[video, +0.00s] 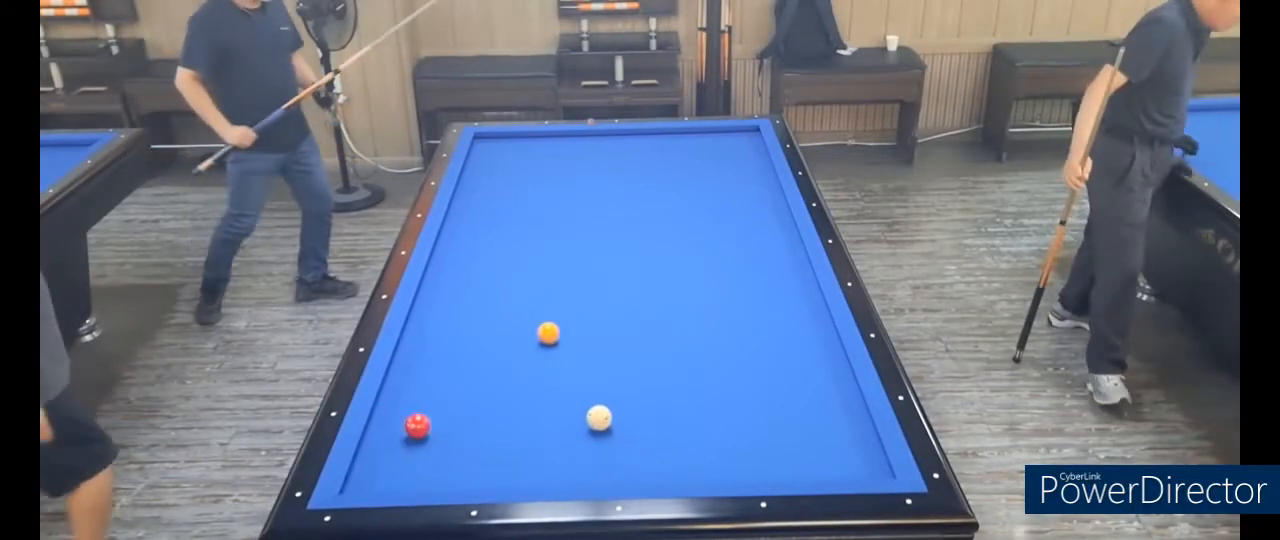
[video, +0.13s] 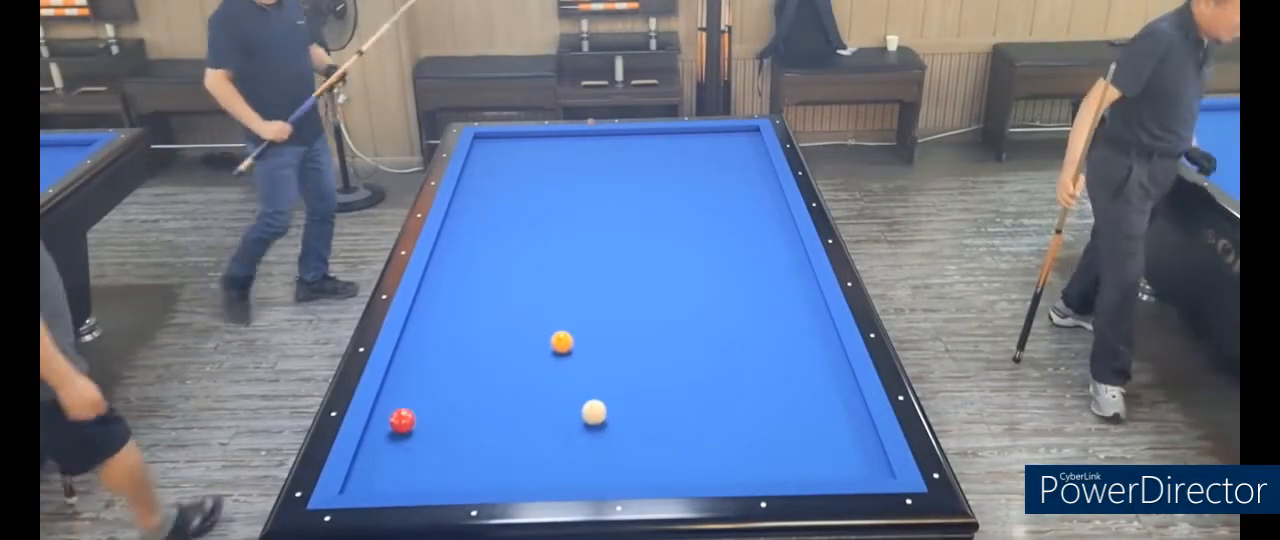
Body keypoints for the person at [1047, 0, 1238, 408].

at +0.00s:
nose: (1237, 15)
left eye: (1238, 8)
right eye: (1236, 6)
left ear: (1217, 4)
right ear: (1215, 1)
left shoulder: (1194, 28)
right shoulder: (1163, 26)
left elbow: (1154, 91)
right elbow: (1099, 87)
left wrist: (1164, 140)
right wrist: (1076, 156)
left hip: (1150, 155)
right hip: (1123, 155)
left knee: (1105, 237)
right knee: (1122, 266)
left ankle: (1071, 306)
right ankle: (1104, 367)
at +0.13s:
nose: (1239, 24)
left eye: (1241, 15)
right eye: (1237, 13)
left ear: (1212, 7)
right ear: (1208, 4)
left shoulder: (1202, 41)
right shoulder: (1158, 39)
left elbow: (1168, 101)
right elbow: (1095, 99)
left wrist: (1185, 144)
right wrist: (1068, 171)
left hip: (1159, 167)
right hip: (1122, 166)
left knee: (1111, 238)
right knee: (1124, 271)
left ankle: (1073, 304)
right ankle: (1108, 377)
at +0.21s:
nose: (1240, 29)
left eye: (1242, 20)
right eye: (1238, 17)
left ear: (1212, 9)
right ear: (1208, 6)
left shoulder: (1209, 49)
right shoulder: (1155, 43)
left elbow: (1197, 108)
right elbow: (1095, 105)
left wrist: (1204, 155)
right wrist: (1066, 174)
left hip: (1165, 173)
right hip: (1120, 167)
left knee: (1121, 243)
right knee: (1127, 273)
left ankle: (1076, 303)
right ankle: (1109, 381)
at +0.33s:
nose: (1240, 31)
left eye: (1242, 22)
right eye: (1235, 20)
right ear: (1205, 10)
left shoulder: (1229, 61)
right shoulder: (1151, 49)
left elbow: (1217, 118)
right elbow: (1096, 112)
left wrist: (1226, 174)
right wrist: (1066, 185)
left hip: (1179, 187)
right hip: (1124, 180)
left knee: (1172, 274)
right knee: (1121, 282)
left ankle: (1101, 299)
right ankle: (1107, 380)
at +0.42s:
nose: (1236, 40)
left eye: (1240, 32)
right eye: (1232, 27)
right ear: (1205, 13)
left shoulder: (1232, 64)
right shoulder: (1150, 51)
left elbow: (1227, 127)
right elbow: (1098, 114)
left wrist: (1234, 185)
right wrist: (1069, 190)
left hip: (1187, 192)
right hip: (1127, 186)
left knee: (1173, 281)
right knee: (1118, 289)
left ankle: (1109, 313)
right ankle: (1107, 380)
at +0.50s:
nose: (1237, 49)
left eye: (1241, 41)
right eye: (1233, 38)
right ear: (1207, 19)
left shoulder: (1235, 71)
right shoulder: (1148, 56)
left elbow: (1233, 136)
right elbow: (1102, 125)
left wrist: (1235, 183)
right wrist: (1076, 196)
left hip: (1200, 201)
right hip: (1134, 194)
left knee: (1188, 303)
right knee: (1113, 293)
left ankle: (1136, 355)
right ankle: (1106, 379)